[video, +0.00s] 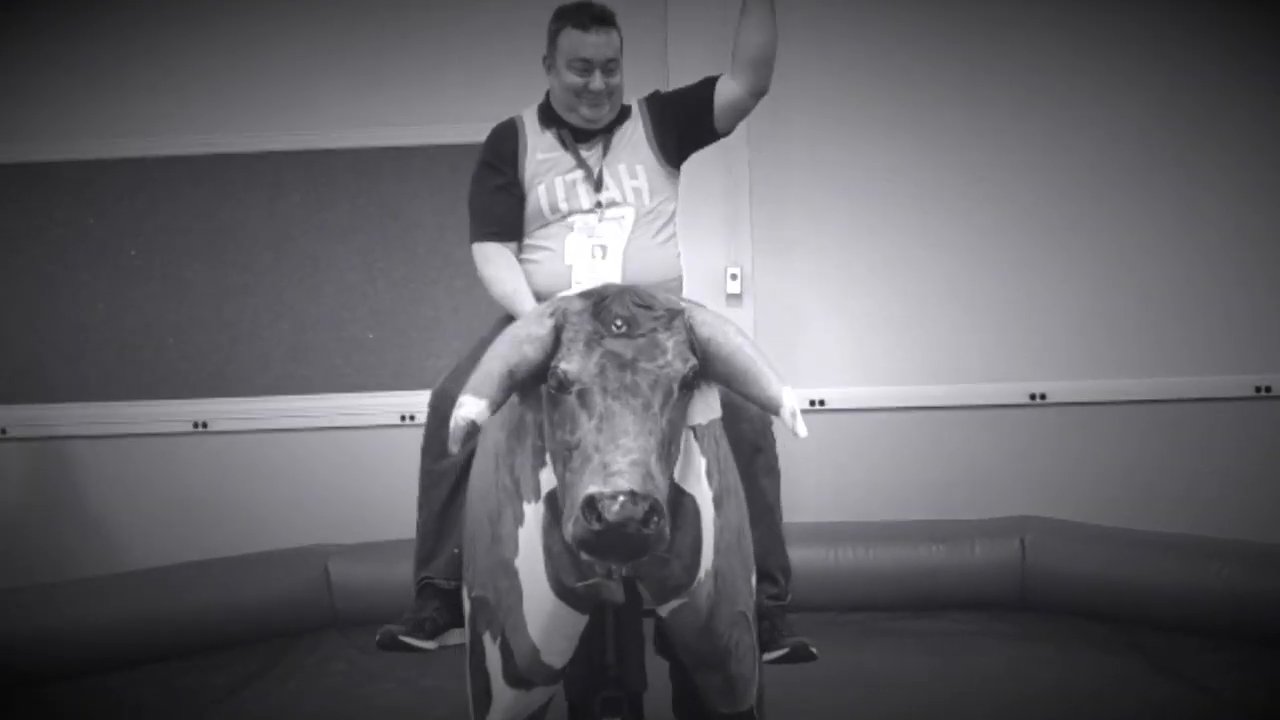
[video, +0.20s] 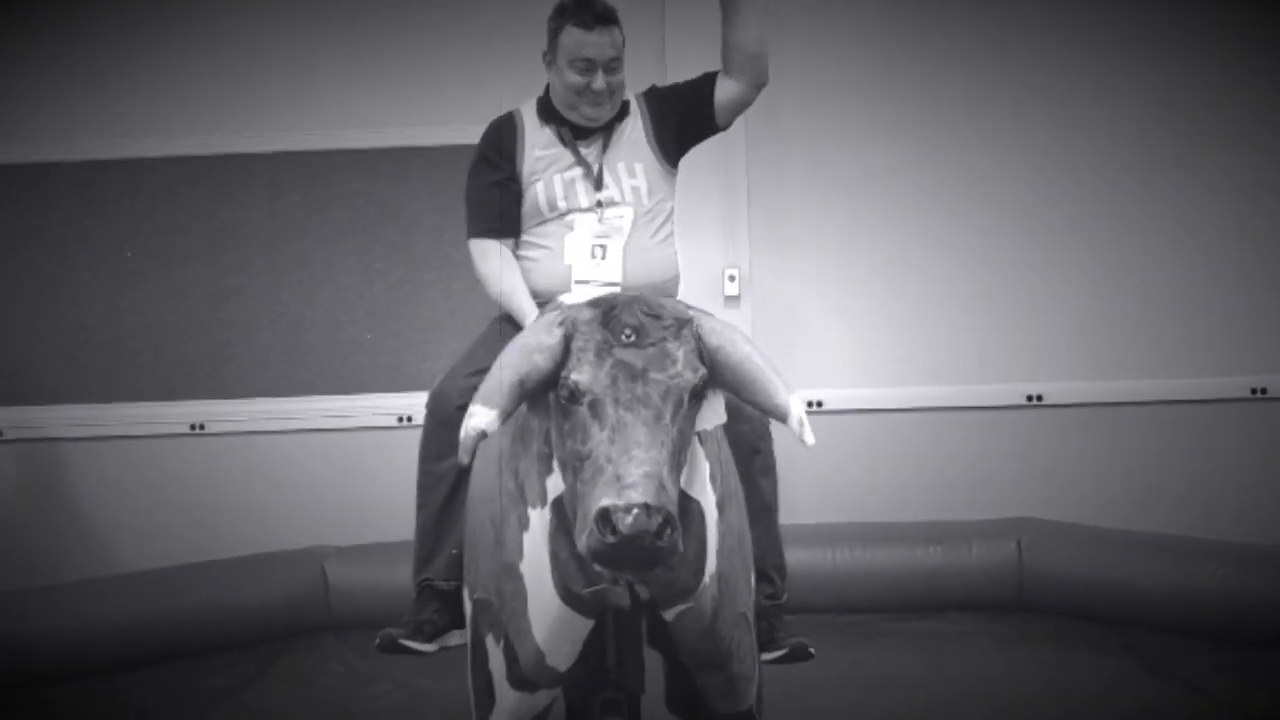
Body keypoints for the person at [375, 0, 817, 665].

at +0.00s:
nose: (596, 82)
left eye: (609, 67)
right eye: (580, 68)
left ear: (623, 66)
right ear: (548, 66)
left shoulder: (658, 122)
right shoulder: (513, 141)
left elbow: (748, 82)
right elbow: (492, 249)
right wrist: (536, 319)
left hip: (657, 312)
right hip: (548, 316)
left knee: (750, 419)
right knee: (450, 407)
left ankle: (767, 609)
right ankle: (440, 597)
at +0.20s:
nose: (598, 83)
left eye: (611, 67)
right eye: (581, 68)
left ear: (626, 63)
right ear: (548, 63)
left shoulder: (657, 117)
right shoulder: (510, 137)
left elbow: (745, 78)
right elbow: (489, 246)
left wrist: (731, 0)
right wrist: (533, 321)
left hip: (652, 310)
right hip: (544, 314)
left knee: (748, 422)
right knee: (450, 402)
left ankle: (763, 609)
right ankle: (439, 597)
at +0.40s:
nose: (599, 83)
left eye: (612, 67)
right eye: (581, 67)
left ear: (626, 60)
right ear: (547, 59)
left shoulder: (655, 111)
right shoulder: (505, 133)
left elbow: (742, 72)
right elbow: (486, 246)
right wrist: (529, 320)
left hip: (651, 307)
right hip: (541, 314)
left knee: (745, 417)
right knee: (448, 406)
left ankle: (760, 608)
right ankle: (438, 600)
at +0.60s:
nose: (592, 81)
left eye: (605, 65)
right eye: (575, 66)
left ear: (619, 55)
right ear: (539, 57)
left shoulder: (649, 106)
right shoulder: (498, 131)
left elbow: (739, 64)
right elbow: (483, 246)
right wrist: (525, 326)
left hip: (645, 306)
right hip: (534, 313)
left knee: (740, 424)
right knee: (442, 412)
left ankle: (752, 614)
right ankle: (434, 605)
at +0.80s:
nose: (582, 81)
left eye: (596, 64)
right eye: (565, 66)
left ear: (611, 55)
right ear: (531, 58)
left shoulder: (644, 108)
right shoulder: (492, 135)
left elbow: (739, 71)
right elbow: (482, 249)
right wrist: (523, 331)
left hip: (644, 316)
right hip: (528, 322)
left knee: (734, 437)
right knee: (440, 423)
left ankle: (745, 628)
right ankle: (430, 616)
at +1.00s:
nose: (574, 75)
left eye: (588, 58)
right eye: (557, 59)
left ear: (603, 50)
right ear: (524, 54)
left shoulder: (640, 108)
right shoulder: (488, 138)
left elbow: (733, 77)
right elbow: (483, 256)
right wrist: (526, 348)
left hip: (643, 318)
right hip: (529, 325)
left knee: (732, 443)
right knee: (438, 431)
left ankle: (742, 635)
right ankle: (429, 622)